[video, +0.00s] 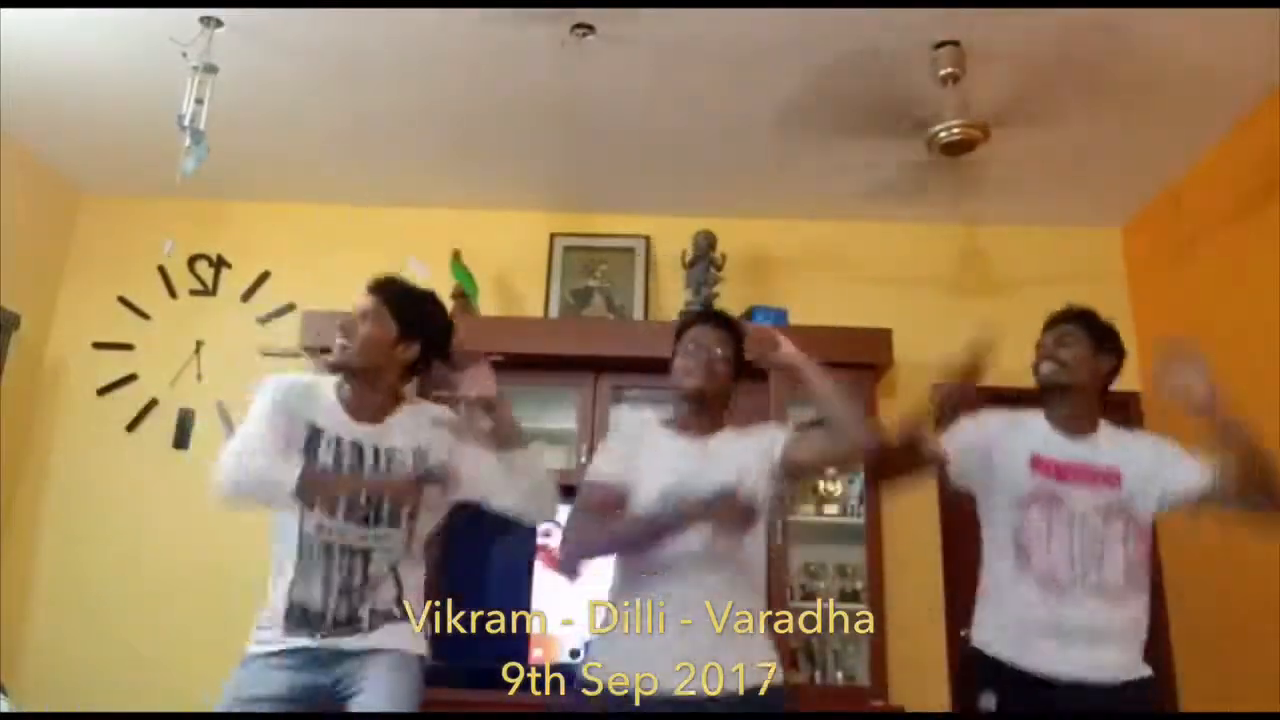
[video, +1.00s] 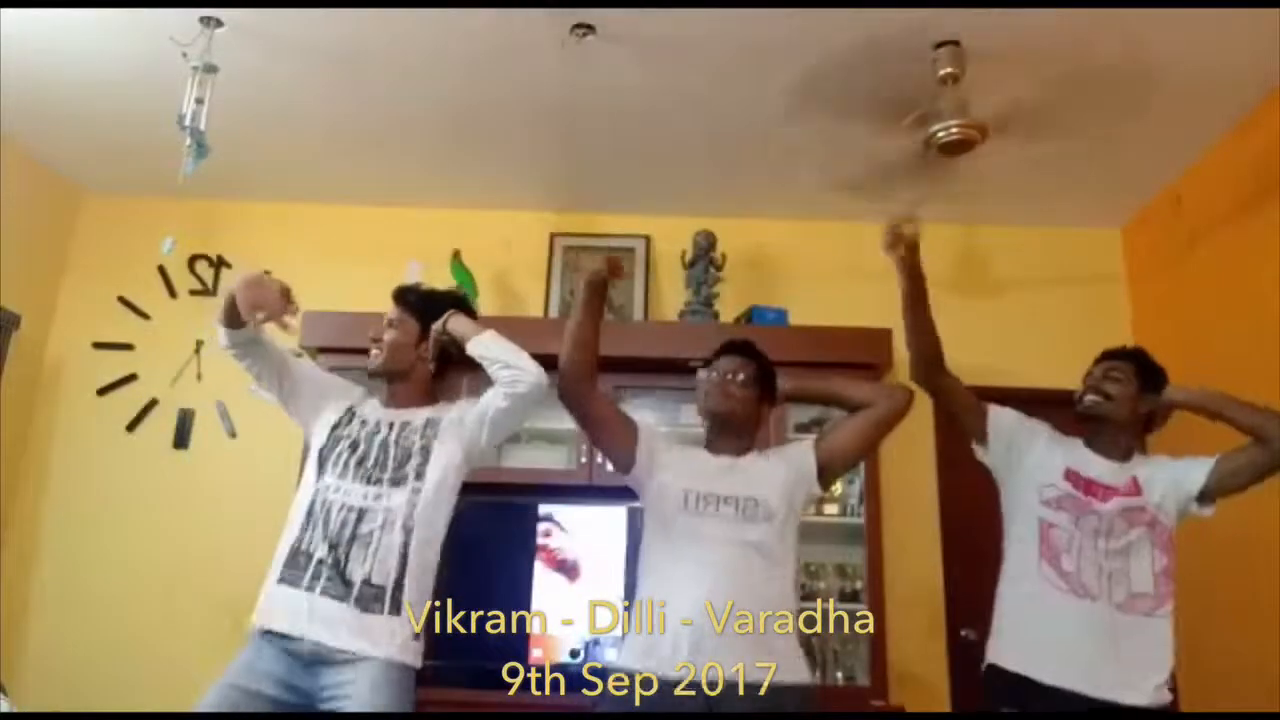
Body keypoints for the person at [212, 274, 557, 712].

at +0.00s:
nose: (345, 324)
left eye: (367, 318)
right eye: (354, 313)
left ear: (406, 351)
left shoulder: (437, 432)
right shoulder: (290, 398)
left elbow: (537, 505)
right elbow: (237, 474)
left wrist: (503, 428)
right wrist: (370, 488)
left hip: (384, 647)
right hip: (286, 641)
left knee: (386, 706)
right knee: (237, 707)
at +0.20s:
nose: (369, 299)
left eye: (391, 293)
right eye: (378, 287)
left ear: (426, 323)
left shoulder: (458, 412)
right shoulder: (323, 375)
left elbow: (560, 449)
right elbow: (235, 336)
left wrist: (497, 351)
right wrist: (370, 363)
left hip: (372, 626)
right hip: (279, 610)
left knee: (380, 706)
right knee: (214, 703)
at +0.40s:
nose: (378, 320)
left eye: (395, 313)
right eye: (385, 309)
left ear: (433, 340)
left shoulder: (462, 425)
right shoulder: (326, 392)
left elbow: (547, 426)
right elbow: (206, 332)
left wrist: (482, 349)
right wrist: (318, 341)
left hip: (367, 648)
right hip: (275, 623)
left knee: (364, 703)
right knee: (212, 699)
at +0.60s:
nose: (379, 325)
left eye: (395, 317)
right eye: (385, 315)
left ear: (434, 340)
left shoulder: (465, 422)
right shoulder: (336, 395)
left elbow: (534, 405)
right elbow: (215, 330)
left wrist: (467, 338)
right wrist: (268, 330)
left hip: (362, 641)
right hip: (272, 622)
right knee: (210, 697)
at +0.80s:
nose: (381, 321)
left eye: (398, 313)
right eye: (387, 311)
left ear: (436, 335)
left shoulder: (468, 415)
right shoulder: (344, 386)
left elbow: (529, 388)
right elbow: (238, 340)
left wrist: (465, 328)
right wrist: (222, 290)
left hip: (366, 613)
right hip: (278, 592)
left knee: (358, 704)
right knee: (218, 703)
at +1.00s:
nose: (378, 335)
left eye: (393, 326)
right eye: (383, 324)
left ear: (428, 347)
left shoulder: (461, 427)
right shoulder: (334, 403)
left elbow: (528, 384)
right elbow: (246, 345)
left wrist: (465, 328)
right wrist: (239, 296)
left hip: (371, 661)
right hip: (277, 644)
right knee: (209, 710)